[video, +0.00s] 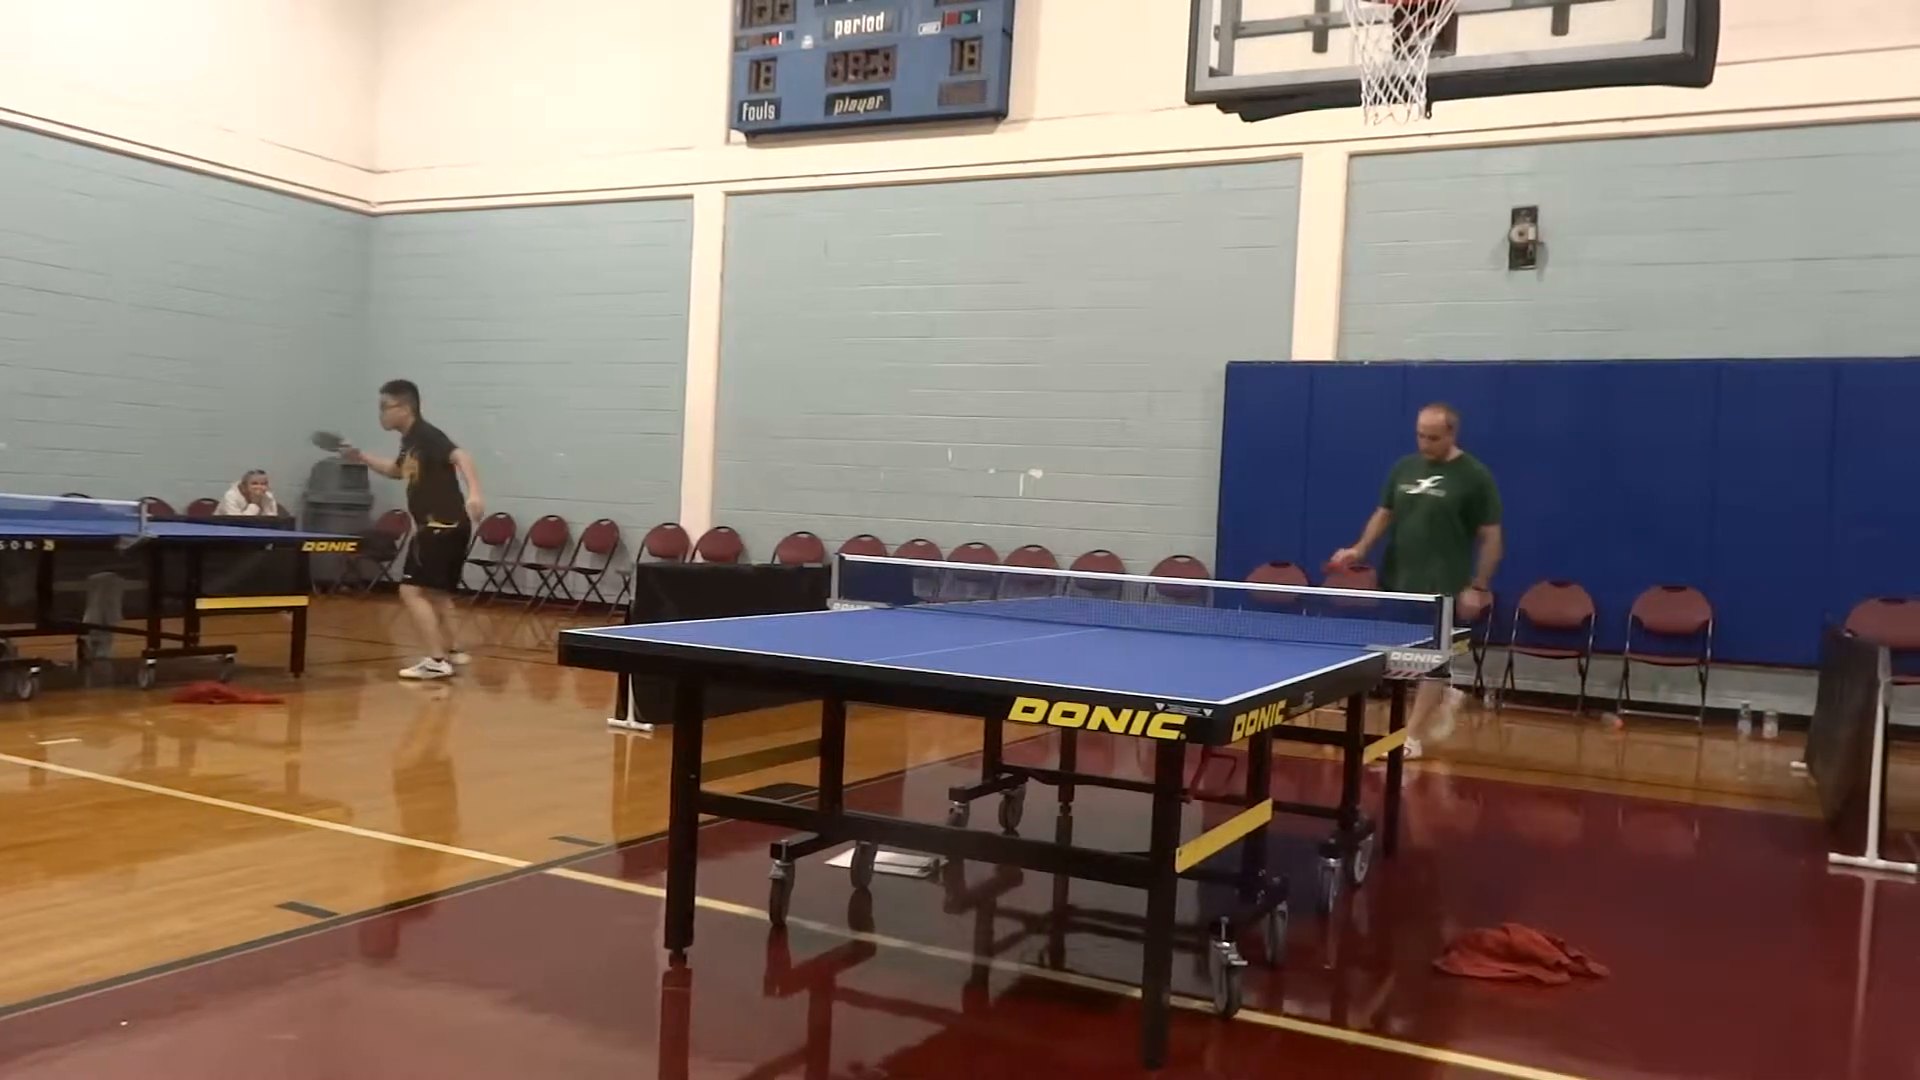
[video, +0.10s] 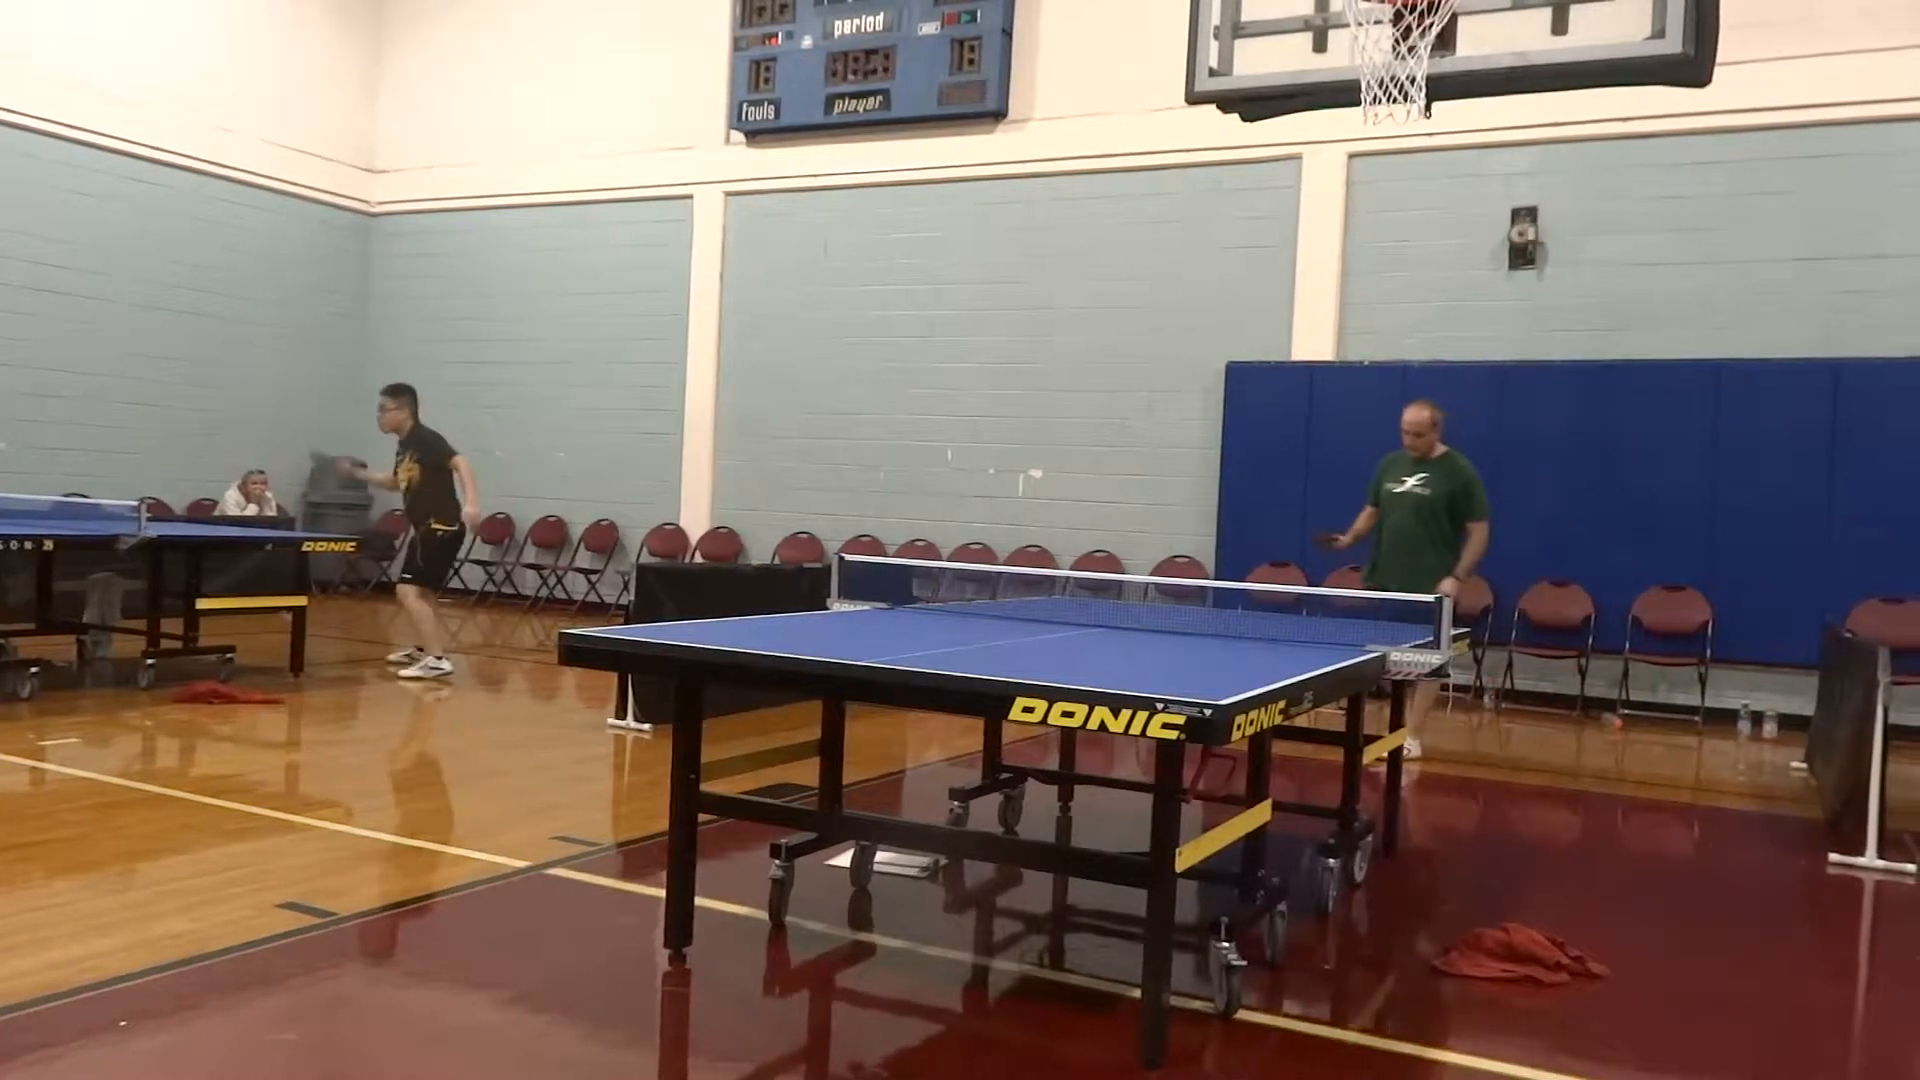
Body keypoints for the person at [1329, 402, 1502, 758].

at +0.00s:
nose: (1425, 443)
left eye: (1433, 437)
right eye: (1421, 435)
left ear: (1452, 435)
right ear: (1415, 432)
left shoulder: (1475, 476)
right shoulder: (1404, 467)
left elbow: (1492, 537)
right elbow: (1383, 514)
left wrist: (1479, 587)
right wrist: (1360, 549)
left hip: (1444, 592)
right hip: (1399, 587)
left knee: (1432, 666)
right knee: (1401, 660)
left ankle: (1412, 735)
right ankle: (1447, 698)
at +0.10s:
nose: (1409, 440)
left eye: (1417, 434)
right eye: (1405, 432)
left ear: (1436, 431)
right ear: (1401, 429)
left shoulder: (1459, 472)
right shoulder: (1389, 464)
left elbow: (1479, 532)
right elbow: (1372, 510)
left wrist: (1456, 577)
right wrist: (1349, 537)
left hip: (1429, 591)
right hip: (1382, 586)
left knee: (1427, 670)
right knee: (1388, 664)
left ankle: (1412, 738)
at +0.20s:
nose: (1393, 439)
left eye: (1400, 434)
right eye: (1389, 432)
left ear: (1421, 431)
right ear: (1385, 428)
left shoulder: (1444, 469)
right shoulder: (1375, 464)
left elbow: (1468, 529)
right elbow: (1358, 512)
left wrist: (1443, 571)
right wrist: (1336, 534)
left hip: (1419, 593)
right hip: (1373, 587)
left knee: (1422, 669)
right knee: (1369, 663)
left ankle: (1409, 738)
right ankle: (1362, 734)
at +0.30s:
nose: (1374, 441)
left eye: (1382, 435)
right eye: (1371, 433)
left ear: (1404, 433)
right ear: (1367, 430)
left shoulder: (1428, 470)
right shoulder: (1358, 465)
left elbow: (1454, 528)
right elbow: (1343, 517)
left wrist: (1436, 573)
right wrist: (1317, 554)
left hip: (1410, 594)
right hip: (1361, 589)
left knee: (1414, 671)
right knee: (1350, 662)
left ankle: (1408, 738)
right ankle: (1342, 735)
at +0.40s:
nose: (1358, 442)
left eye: (1365, 436)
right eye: (1353, 435)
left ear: (1386, 433)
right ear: (1349, 432)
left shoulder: (1412, 471)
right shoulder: (1342, 471)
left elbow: (1440, 530)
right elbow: (1325, 528)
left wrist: (1433, 578)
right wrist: (1303, 574)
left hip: (1398, 594)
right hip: (1346, 590)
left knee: (1402, 671)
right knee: (1335, 664)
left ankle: (1403, 737)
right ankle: (1328, 737)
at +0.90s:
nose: (1311, 438)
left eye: (1320, 430)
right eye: (1307, 430)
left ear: (1339, 425)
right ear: (1301, 426)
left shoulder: (1373, 460)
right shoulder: (1294, 465)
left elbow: (1403, 518)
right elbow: (1276, 525)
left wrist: (1400, 575)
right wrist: (1260, 574)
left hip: (1361, 590)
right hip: (1312, 589)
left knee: (1356, 673)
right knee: (1317, 671)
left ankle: (1346, 749)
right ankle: (1321, 743)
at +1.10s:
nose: (1314, 433)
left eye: (1322, 426)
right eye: (1309, 425)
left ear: (1342, 422)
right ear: (1303, 420)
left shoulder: (1371, 460)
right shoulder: (1289, 460)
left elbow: (1396, 518)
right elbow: (1274, 517)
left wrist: (1387, 576)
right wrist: (1261, 566)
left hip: (1352, 589)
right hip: (1301, 585)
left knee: (1343, 673)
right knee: (1310, 669)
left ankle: (1336, 752)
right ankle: (1318, 739)